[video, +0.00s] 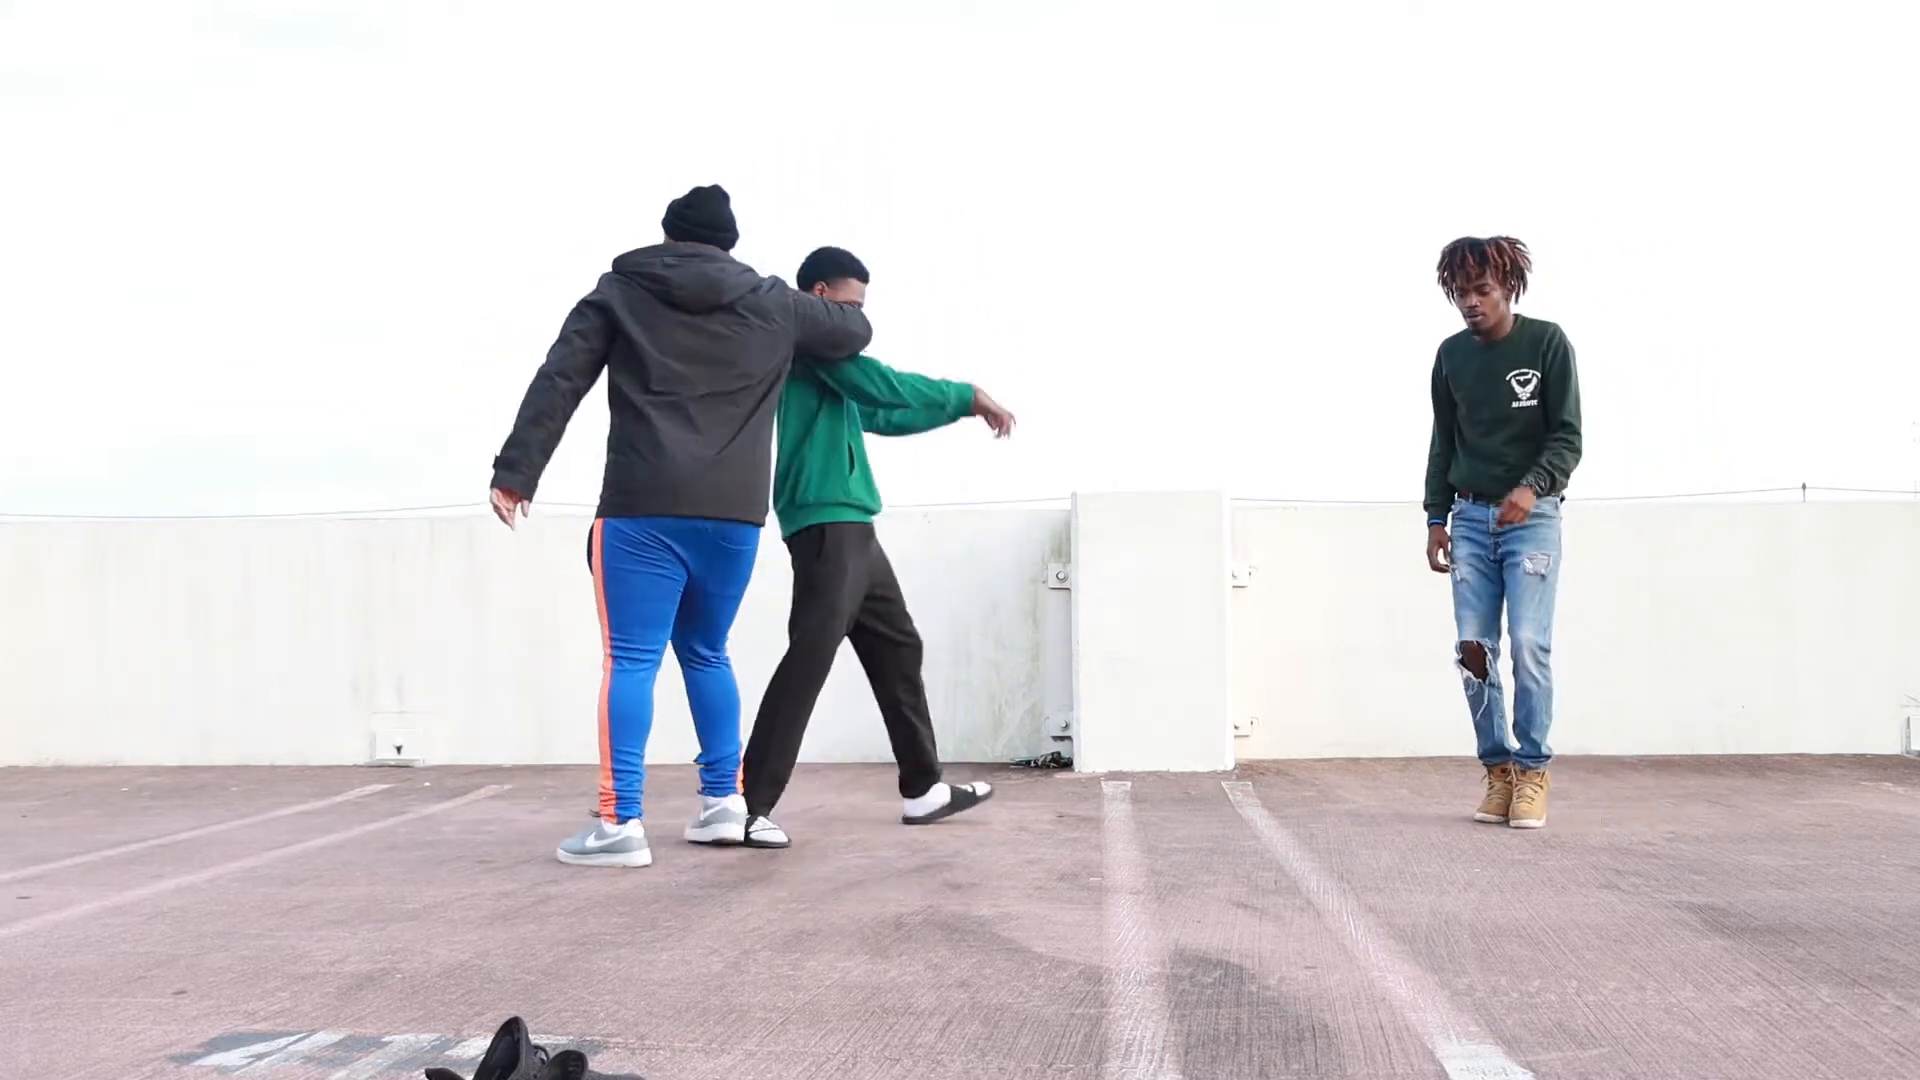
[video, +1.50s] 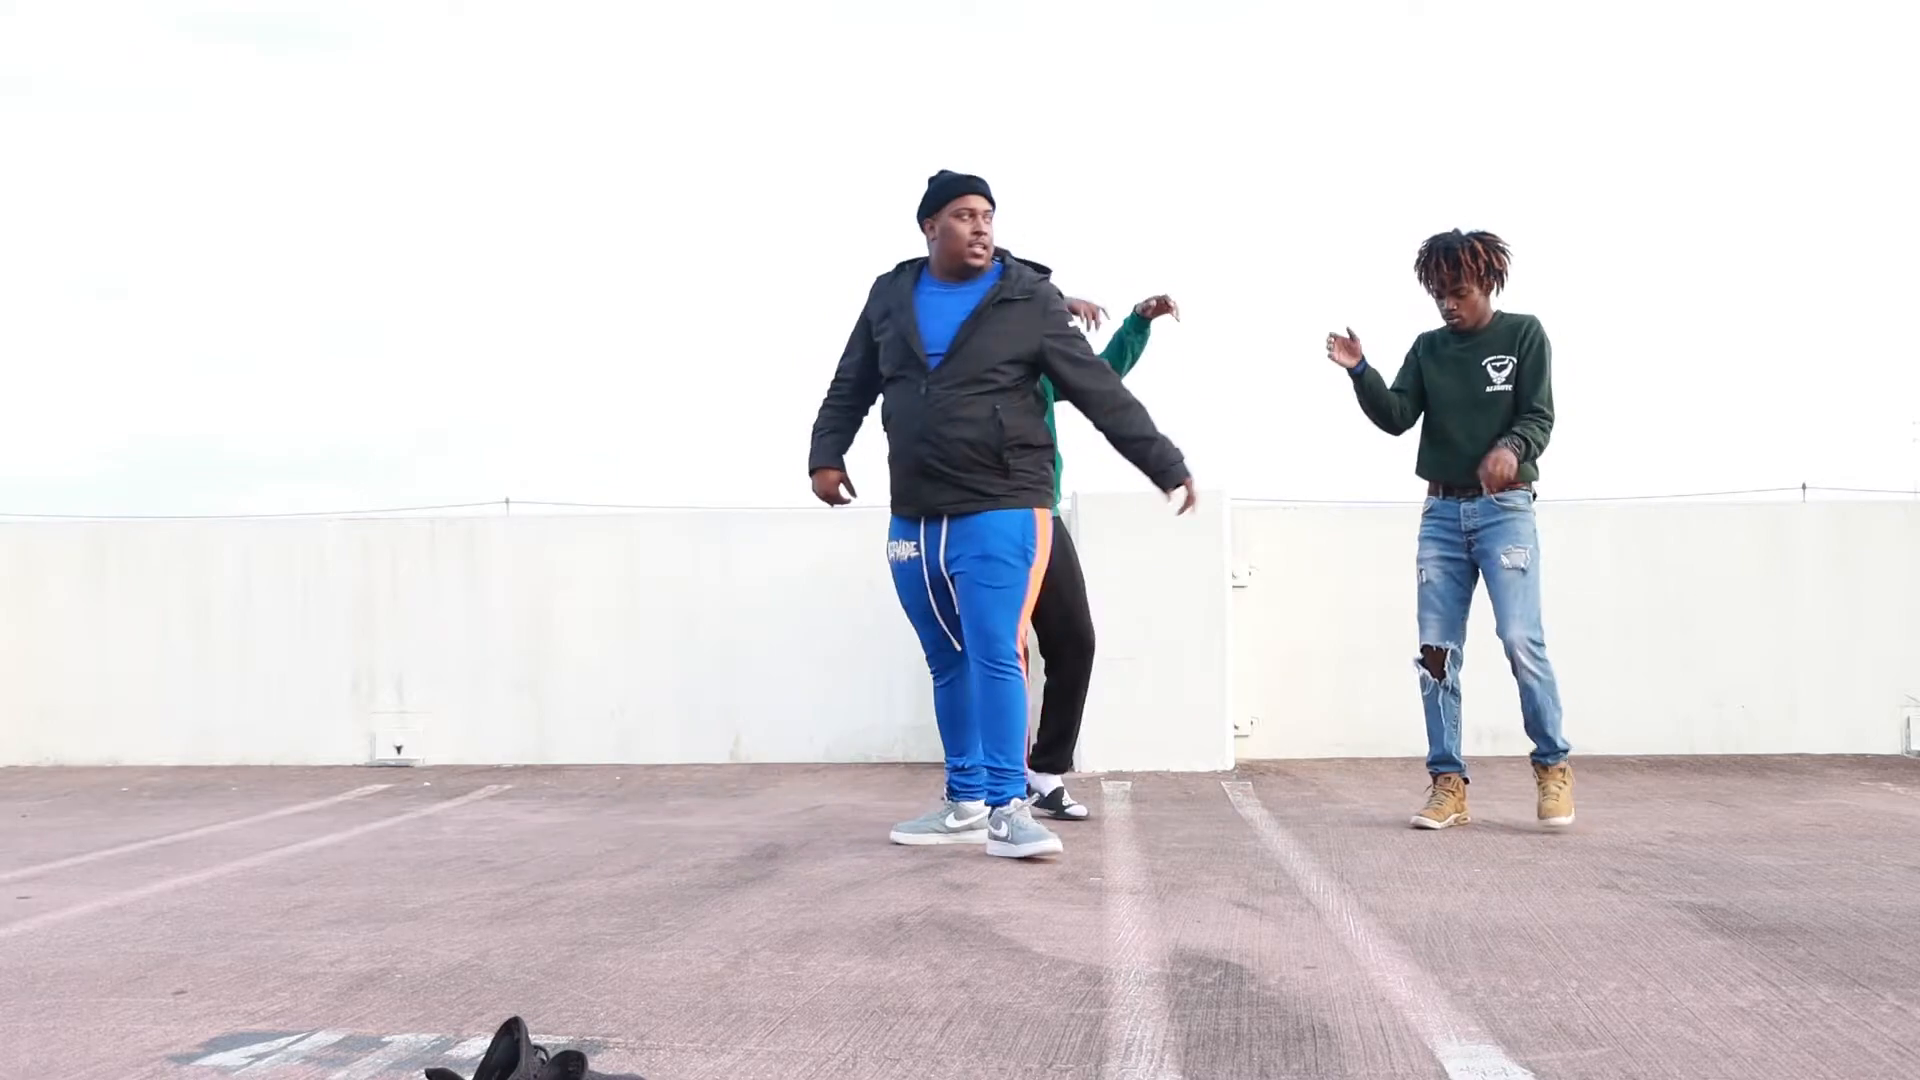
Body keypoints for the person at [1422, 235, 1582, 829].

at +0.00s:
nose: (1469, 302)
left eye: (1479, 289)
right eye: (1460, 292)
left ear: (1509, 286)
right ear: (1453, 295)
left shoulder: (1547, 341)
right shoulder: (1451, 353)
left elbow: (1567, 435)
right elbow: (1444, 437)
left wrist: (1533, 487)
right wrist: (1436, 516)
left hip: (1531, 515)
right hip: (1469, 516)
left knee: (1527, 643)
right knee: (1474, 649)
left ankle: (1532, 772)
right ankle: (1499, 770)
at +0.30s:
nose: (1464, 306)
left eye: (1475, 293)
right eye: (1456, 296)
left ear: (1508, 290)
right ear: (1449, 297)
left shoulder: (1545, 346)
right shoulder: (1449, 360)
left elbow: (1565, 433)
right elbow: (1441, 444)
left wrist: (1519, 464)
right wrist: (1433, 522)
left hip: (1530, 518)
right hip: (1468, 522)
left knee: (1526, 639)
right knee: (1475, 651)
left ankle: (1539, 768)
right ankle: (1500, 773)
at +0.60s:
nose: (1467, 315)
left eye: (1476, 301)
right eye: (1459, 304)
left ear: (1509, 290)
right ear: (1455, 301)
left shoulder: (1554, 339)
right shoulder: (1464, 362)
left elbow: (1558, 428)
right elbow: (1464, 452)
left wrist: (1499, 443)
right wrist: (1428, 491)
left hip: (1544, 516)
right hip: (1485, 520)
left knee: (1548, 649)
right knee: (1482, 655)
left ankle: (1569, 786)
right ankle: (1503, 780)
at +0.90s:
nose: (1481, 318)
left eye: (1490, 304)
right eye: (1473, 308)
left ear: (1524, 291)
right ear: (1469, 304)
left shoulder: (1566, 333)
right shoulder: (1485, 366)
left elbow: (1558, 418)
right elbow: (1486, 460)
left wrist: (1490, 423)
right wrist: (1430, 467)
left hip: (1562, 516)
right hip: (1505, 519)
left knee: (1557, 656)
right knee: (1468, 650)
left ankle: (1571, 787)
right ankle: (1505, 765)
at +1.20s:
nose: (1470, 307)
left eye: (1479, 294)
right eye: (1462, 296)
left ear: (1514, 285)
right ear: (1458, 293)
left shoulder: (1551, 324)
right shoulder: (1468, 354)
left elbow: (1546, 403)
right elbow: (1456, 444)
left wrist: (1486, 396)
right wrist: (1407, 429)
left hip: (1551, 512)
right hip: (1489, 514)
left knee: (1560, 657)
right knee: (1460, 649)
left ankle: (1571, 788)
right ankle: (1454, 783)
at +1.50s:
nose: (1448, 307)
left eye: (1458, 295)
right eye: (1440, 296)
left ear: (1488, 285)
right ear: (1433, 291)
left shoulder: (1523, 333)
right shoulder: (1427, 347)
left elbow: (1538, 416)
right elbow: (1395, 417)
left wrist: (1512, 447)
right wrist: (1359, 369)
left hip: (1504, 509)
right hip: (1441, 513)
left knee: (1518, 640)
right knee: (1436, 650)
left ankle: (1551, 767)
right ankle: (1447, 784)